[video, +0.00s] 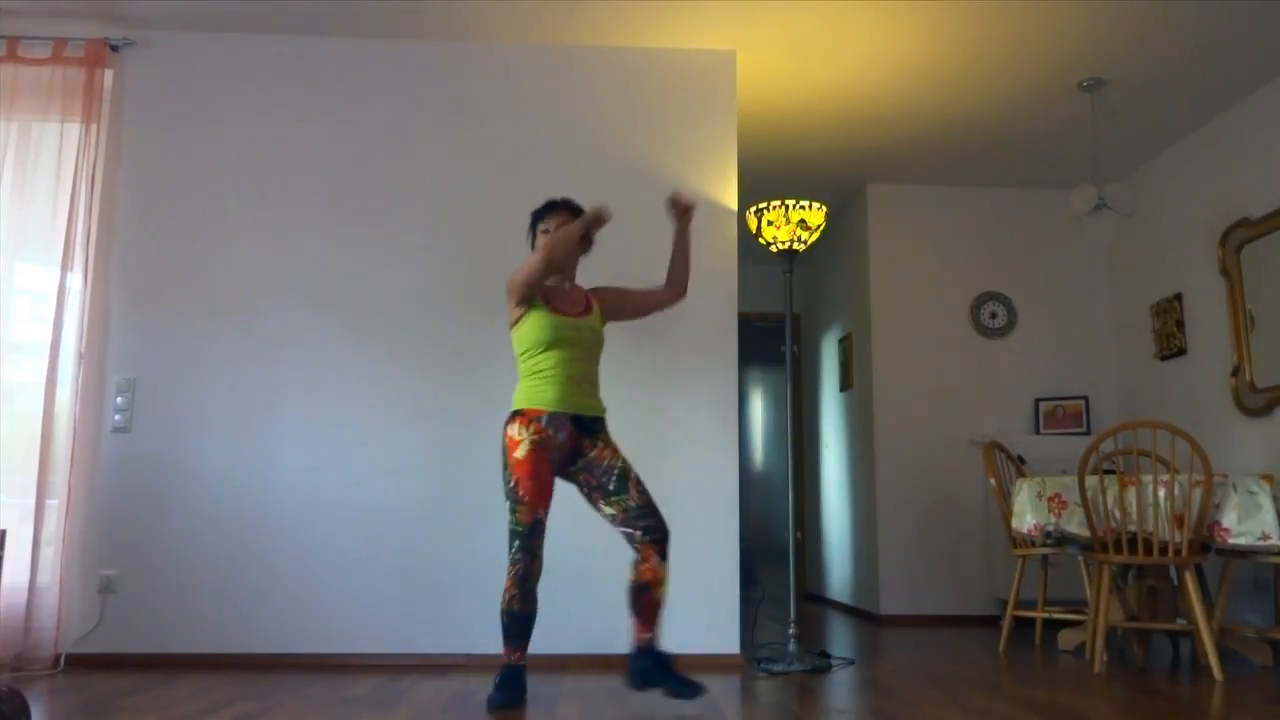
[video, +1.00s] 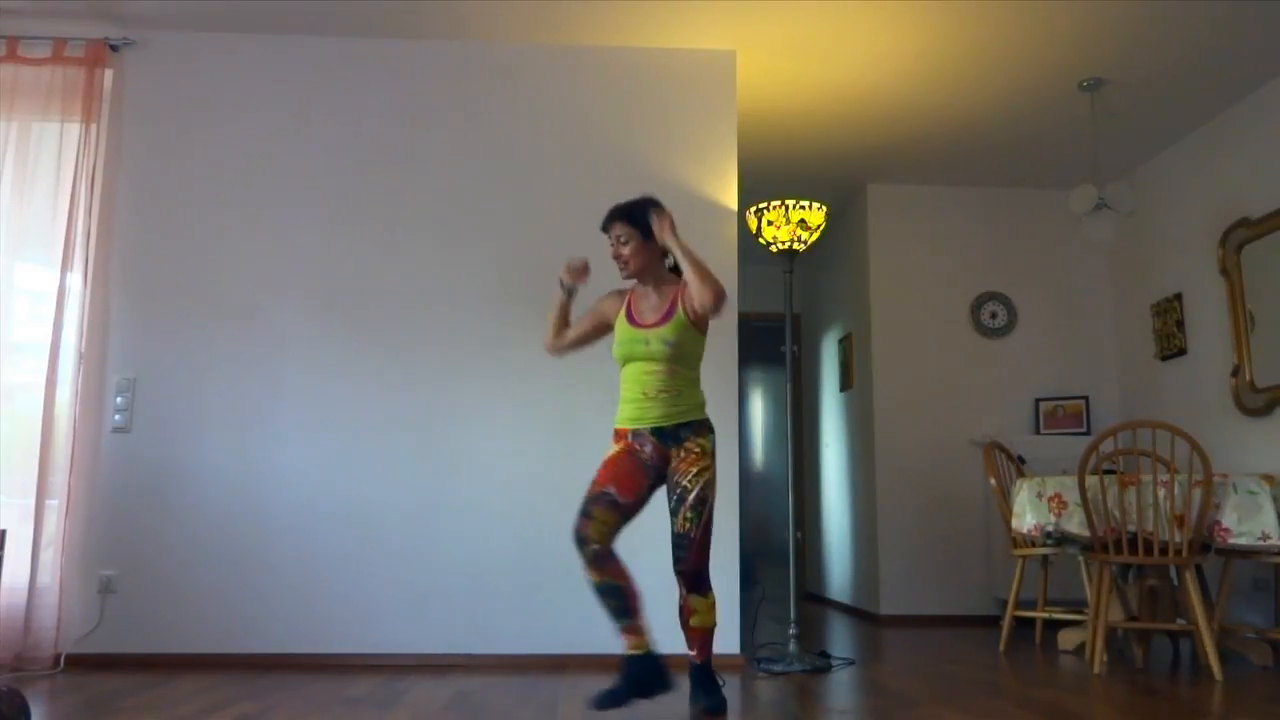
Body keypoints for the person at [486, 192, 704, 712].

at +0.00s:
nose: (559, 236)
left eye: (567, 230)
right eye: (550, 230)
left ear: (583, 244)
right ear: (534, 243)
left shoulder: (596, 300)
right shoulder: (523, 293)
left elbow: (672, 291)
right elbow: (547, 255)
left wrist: (681, 226)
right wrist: (587, 224)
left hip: (588, 434)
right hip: (532, 431)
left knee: (652, 533)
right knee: (526, 552)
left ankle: (645, 656)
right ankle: (513, 671)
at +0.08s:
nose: (546, 244)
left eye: (558, 236)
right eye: (538, 238)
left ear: (579, 247)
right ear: (528, 250)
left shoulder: (593, 305)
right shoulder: (522, 297)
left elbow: (662, 326)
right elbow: (503, 312)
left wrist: (656, 272)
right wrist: (542, 270)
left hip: (577, 441)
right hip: (523, 436)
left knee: (626, 536)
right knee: (520, 555)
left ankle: (586, 663)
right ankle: (512, 672)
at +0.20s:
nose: (538, 246)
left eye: (551, 239)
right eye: (532, 239)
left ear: (576, 251)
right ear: (523, 250)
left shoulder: (595, 310)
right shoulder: (512, 305)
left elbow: (613, 373)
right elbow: (470, 381)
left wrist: (630, 364)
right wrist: (516, 347)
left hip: (572, 444)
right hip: (517, 438)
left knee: (570, 557)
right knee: (510, 556)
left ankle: (502, 670)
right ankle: (510, 675)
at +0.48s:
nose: (558, 224)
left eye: (569, 216)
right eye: (553, 218)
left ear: (598, 227)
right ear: (547, 228)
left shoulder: (612, 291)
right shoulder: (531, 277)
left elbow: (614, 354)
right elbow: (470, 329)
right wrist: (468, 284)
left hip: (580, 421)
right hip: (522, 415)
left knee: (593, 538)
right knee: (511, 541)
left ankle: (569, 662)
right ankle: (511, 666)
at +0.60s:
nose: (578, 213)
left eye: (589, 204)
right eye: (572, 205)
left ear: (615, 211)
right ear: (568, 213)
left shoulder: (634, 268)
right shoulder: (557, 261)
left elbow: (618, 252)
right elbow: (481, 263)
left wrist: (599, 186)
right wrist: (477, 205)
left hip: (592, 403)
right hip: (533, 396)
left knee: (625, 528)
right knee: (515, 528)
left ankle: (655, 648)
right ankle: (503, 657)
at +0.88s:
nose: (607, 242)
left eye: (615, 231)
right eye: (602, 234)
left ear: (650, 230)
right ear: (605, 241)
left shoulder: (681, 281)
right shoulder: (609, 289)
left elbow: (676, 215)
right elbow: (537, 277)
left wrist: (634, 149)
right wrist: (534, 211)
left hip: (665, 429)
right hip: (607, 426)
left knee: (679, 553)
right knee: (555, 531)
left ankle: (701, 671)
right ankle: (557, 655)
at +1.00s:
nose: (617, 253)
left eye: (626, 242)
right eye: (612, 244)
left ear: (657, 244)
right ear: (614, 250)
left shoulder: (688, 290)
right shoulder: (617, 302)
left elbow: (712, 301)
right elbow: (558, 343)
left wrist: (673, 241)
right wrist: (567, 291)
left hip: (688, 439)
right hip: (632, 440)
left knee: (691, 564)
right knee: (590, 536)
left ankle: (703, 676)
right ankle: (642, 662)